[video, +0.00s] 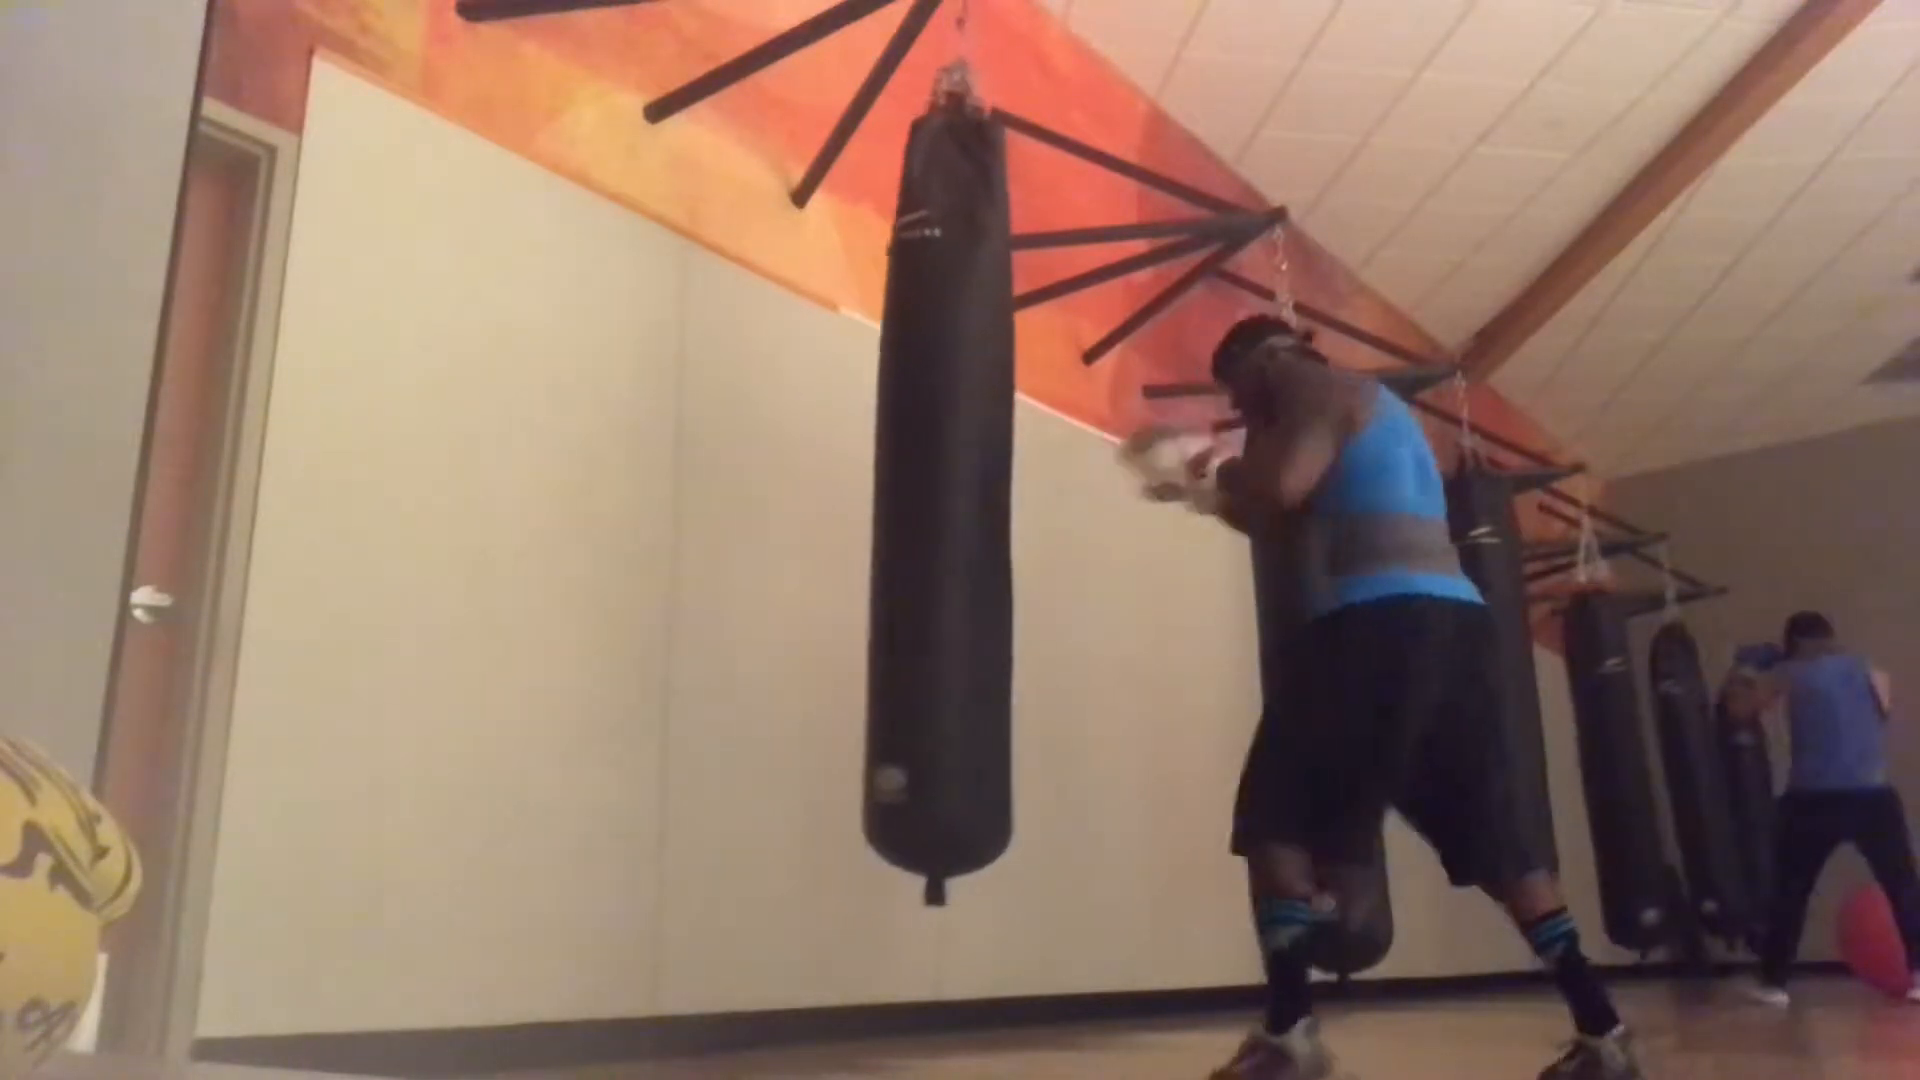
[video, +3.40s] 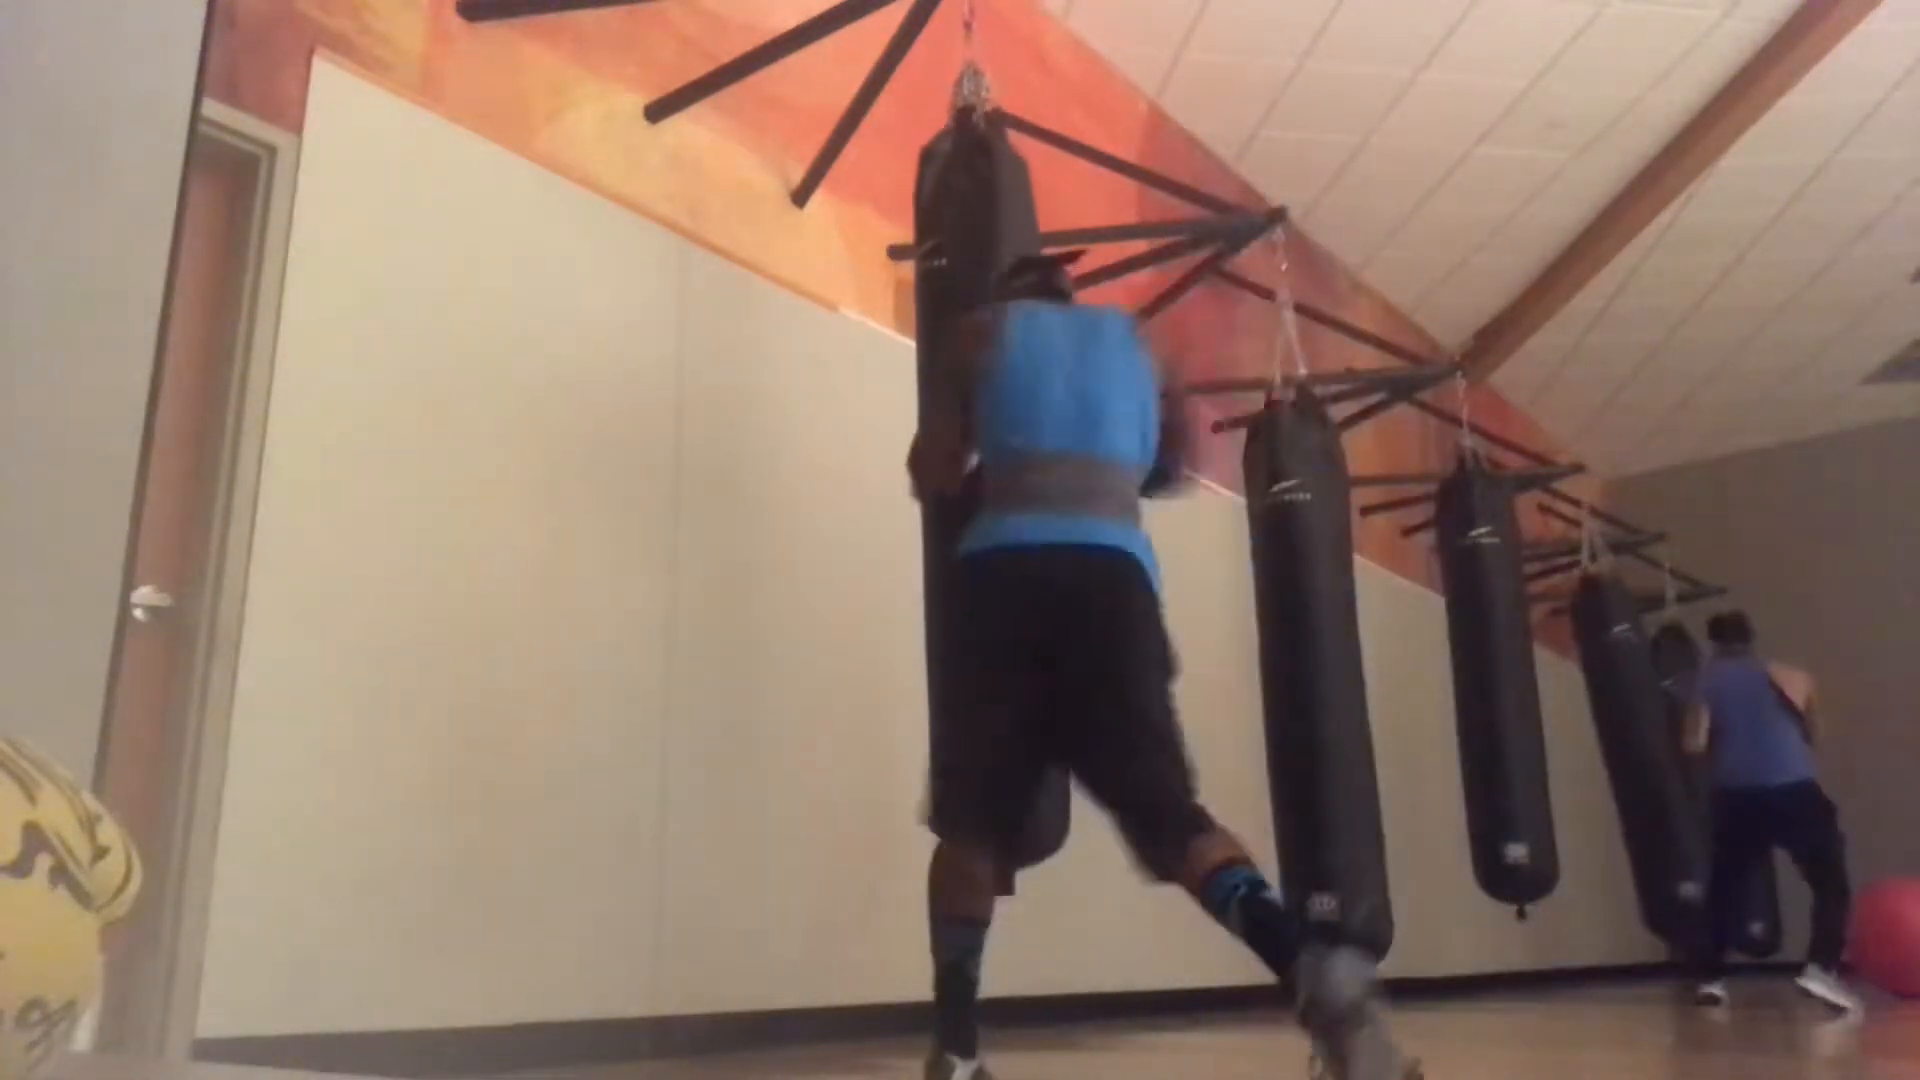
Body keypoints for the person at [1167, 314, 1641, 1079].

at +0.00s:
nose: (1244, 410)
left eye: (1242, 392)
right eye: (1237, 399)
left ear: (1265, 362)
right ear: (1294, 347)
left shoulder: (1306, 380)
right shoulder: (1381, 406)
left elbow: (1281, 482)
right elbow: (1285, 521)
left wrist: (1226, 472)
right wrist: (1209, 494)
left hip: (1372, 626)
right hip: (1454, 623)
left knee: (1273, 815)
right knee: (1486, 827)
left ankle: (1288, 1026)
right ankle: (1601, 1025)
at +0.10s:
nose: (1219, 395)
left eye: (1216, 382)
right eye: (1215, 384)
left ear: (1232, 364)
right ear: (1284, 344)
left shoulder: (1258, 383)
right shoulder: (1375, 390)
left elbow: (1179, 446)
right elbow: (1410, 478)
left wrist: (1098, 456)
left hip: (1344, 618)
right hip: (1447, 610)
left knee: (1295, 822)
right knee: (1500, 814)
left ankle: (1275, 1034)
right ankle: (1598, 1019)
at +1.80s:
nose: (1195, 272)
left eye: (1195, 257)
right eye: (1197, 258)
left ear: (1210, 240)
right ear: (1279, 218)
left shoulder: (1205, 264)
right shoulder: (1376, 259)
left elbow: (1078, 338)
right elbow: (1428, 360)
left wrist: (999, 368)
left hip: (1263, 542)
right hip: (1394, 534)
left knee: (1217, 799)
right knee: (1485, 790)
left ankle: (1179, 1046)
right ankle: (1574, 1049)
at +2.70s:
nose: (1152, 276)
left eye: (1156, 265)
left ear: (1177, 259)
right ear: (1266, 254)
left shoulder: (1152, 291)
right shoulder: (1321, 299)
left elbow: (1055, 437)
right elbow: (1319, 431)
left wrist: (1059, 438)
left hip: (1166, 582)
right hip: (1299, 585)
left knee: (1122, 794)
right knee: (1394, 815)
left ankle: (1098, 1011)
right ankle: (1447, 1051)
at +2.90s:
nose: (1251, 303)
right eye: (1240, 295)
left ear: (1122, 321)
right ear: (1199, 301)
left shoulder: (1086, 368)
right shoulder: (1250, 329)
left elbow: (1012, 458)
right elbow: (1287, 482)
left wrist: (988, 524)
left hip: (1097, 604)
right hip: (1221, 598)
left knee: (1069, 825)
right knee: (1381, 806)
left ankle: (996, 1043)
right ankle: (1389, 1024)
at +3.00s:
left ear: (1098, 325)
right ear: (1177, 309)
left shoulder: (1063, 372)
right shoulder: (1242, 327)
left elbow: (994, 513)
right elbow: (1253, 488)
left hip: (1075, 595)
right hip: (1196, 592)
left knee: (1061, 816)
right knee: (1315, 813)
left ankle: (994, 1042)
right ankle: (1282, 1041)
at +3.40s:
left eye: (1002, 296)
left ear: (1005, 292)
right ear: (1067, 293)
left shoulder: (978, 332)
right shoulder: (1132, 340)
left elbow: (933, 471)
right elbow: (1173, 466)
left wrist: (995, 474)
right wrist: (1094, 472)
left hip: (1001, 585)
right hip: (1114, 586)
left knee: (973, 818)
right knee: (1164, 810)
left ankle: (954, 1047)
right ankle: (1302, 961)